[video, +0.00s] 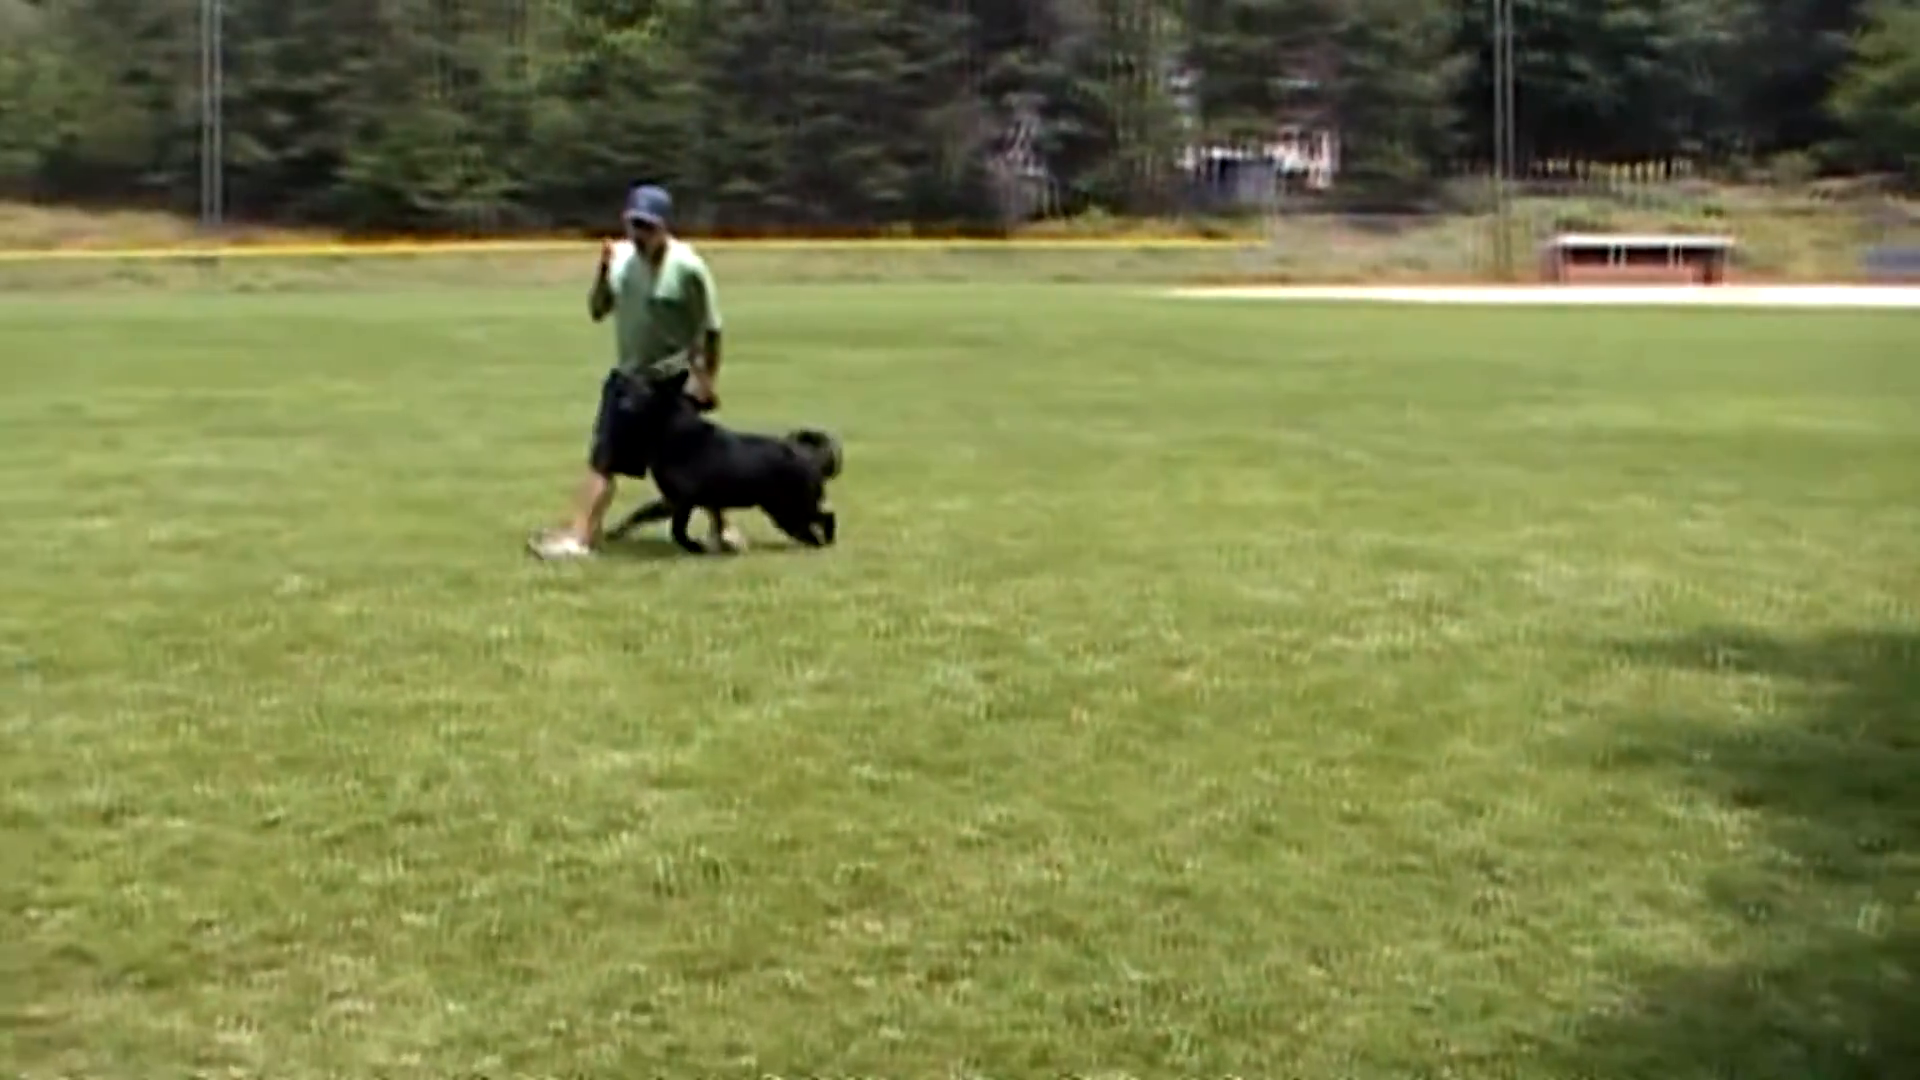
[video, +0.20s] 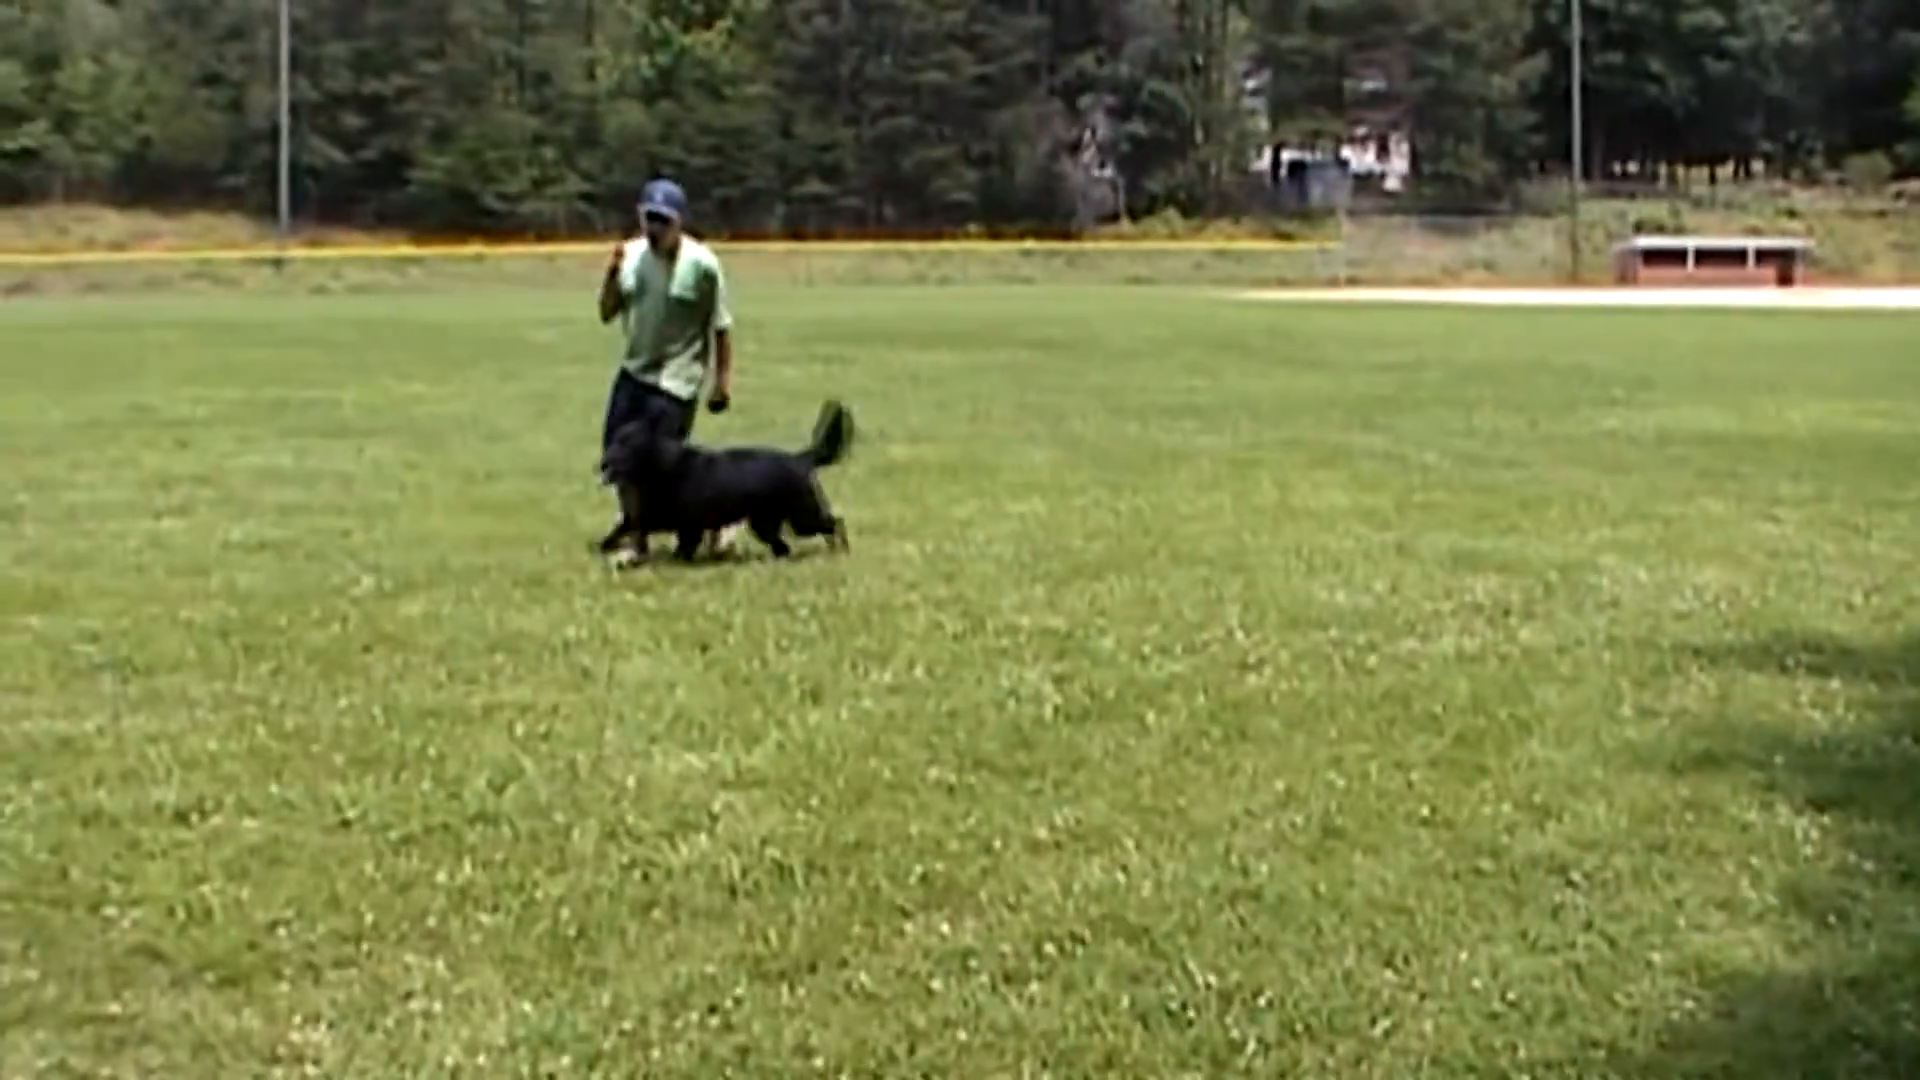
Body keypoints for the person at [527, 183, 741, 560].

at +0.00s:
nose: (638, 235)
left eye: (646, 227)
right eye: (633, 226)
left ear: (664, 227)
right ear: (626, 226)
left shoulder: (687, 268)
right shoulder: (622, 259)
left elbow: (711, 327)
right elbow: (599, 311)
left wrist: (706, 377)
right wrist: (604, 272)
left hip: (672, 381)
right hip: (627, 378)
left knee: (694, 459)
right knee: (602, 464)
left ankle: (720, 528)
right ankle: (583, 536)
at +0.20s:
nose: (653, 228)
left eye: (662, 220)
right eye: (648, 218)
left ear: (679, 222)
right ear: (641, 219)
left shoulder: (703, 265)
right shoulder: (634, 256)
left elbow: (720, 324)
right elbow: (608, 313)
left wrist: (721, 381)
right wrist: (613, 274)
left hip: (680, 372)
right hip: (637, 367)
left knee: (659, 457)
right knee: (620, 452)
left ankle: (711, 520)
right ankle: (633, 534)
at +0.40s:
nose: (588, 223)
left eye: (595, 215)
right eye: (582, 214)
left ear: (609, 218)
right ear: (574, 216)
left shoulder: (634, 263)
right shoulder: (563, 254)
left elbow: (652, 324)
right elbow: (534, 311)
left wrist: (649, 379)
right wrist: (543, 273)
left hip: (612, 363)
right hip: (571, 361)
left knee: (574, 428)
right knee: (565, 447)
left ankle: (591, 532)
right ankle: (572, 533)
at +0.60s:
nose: (549, 226)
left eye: (558, 218)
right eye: (543, 217)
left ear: (571, 223)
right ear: (533, 220)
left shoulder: (589, 272)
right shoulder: (513, 261)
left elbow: (607, 337)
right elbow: (494, 316)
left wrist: (605, 391)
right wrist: (493, 313)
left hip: (568, 384)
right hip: (524, 381)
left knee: (533, 468)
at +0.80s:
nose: (484, 204)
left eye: (492, 195)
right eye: (477, 194)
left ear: (505, 200)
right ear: (464, 198)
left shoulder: (528, 252)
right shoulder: (442, 246)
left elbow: (541, 322)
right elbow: (420, 310)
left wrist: (527, 375)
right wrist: (398, 366)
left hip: (503, 375)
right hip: (452, 368)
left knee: (496, 468)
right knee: (424, 452)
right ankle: (460, 513)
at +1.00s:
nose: (402, 194)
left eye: (411, 184)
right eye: (394, 184)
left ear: (424, 188)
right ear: (378, 187)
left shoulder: (449, 241)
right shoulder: (357, 238)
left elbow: (464, 306)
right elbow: (337, 297)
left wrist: (439, 354)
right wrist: (314, 353)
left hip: (426, 372)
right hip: (371, 365)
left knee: (420, 477)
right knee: (357, 462)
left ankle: (411, 558)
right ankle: (344, 555)